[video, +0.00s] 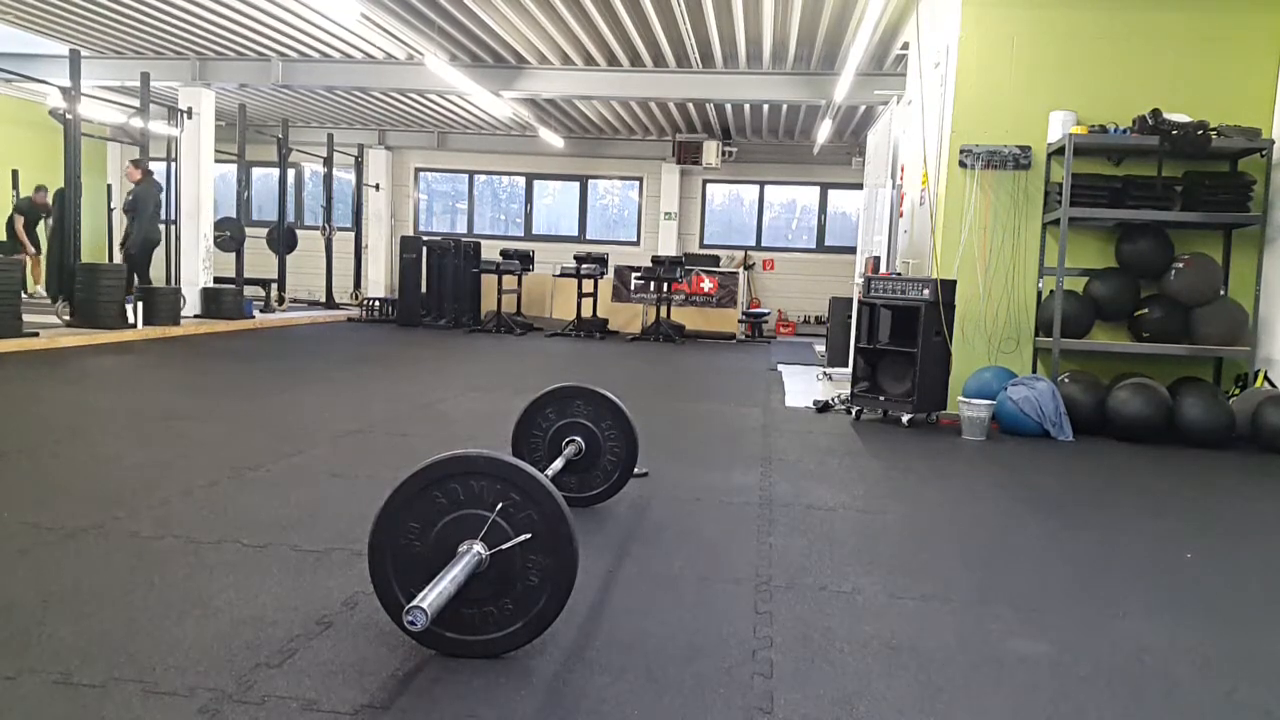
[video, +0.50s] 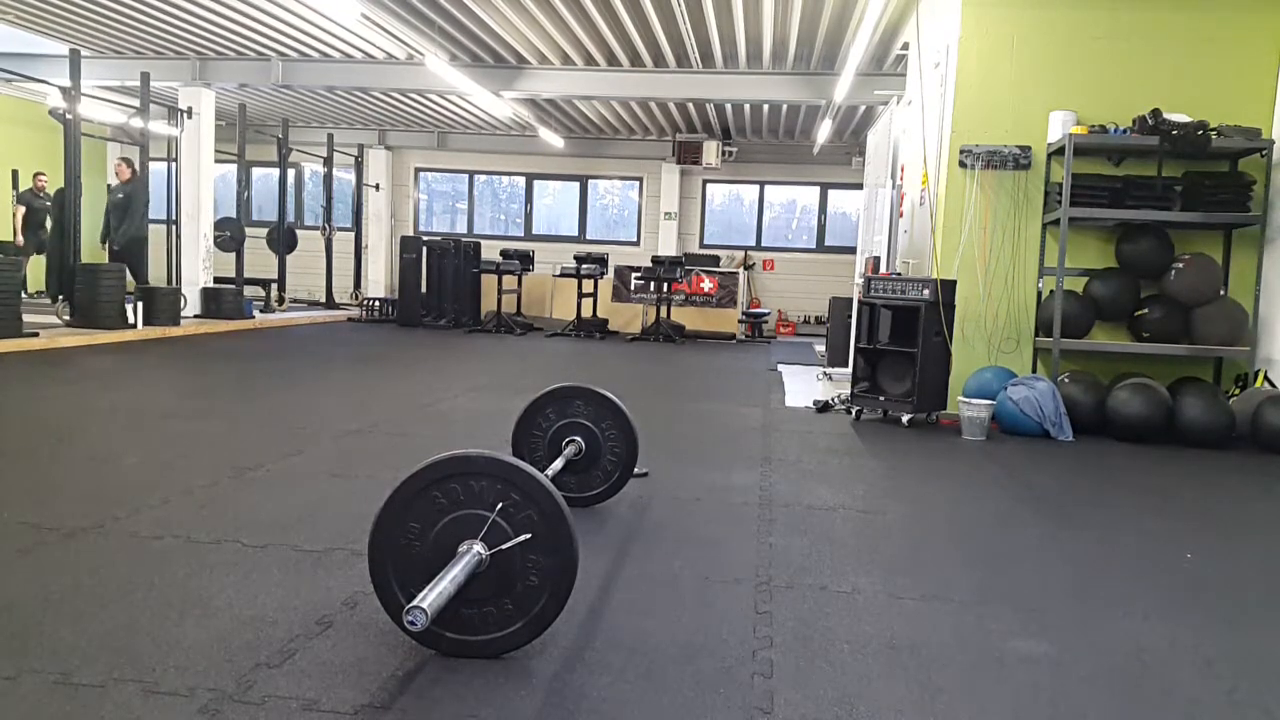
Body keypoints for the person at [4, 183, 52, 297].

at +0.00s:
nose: (43, 199)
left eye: (45, 196)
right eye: (41, 196)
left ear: (47, 196)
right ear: (34, 195)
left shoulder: (46, 208)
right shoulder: (22, 204)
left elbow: (48, 227)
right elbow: (18, 227)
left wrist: (51, 245)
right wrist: (28, 246)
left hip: (31, 229)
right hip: (15, 228)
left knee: (36, 257)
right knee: (20, 257)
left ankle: (37, 286)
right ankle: (19, 289)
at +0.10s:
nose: (40, 192)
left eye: (43, 189)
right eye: (38, 189)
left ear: (44, 191)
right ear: (31, 189)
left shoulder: (45, 203)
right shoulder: (20, 200)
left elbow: (48, 223)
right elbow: (16, 222)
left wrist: (52, 240)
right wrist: (27, 241)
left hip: (32, 228)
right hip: (17, 227)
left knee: (40, 257)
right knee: (20, 258)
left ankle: (35, 284)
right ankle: (18, 288)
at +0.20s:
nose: (40, 188)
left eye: (42, 186)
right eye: (37, 185)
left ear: (44, 187)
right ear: (30, 185)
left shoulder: (45, 201)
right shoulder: (20, 198)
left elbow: (49, 221)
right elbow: (14, 220)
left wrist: (53, 236)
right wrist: (23, 239)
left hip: (34, 230)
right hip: (18, 229)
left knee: (44, 256)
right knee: (21, 260)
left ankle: (36, 279)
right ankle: (19, 288)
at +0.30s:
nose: (40, 186)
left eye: (42, 184)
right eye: (37, 183)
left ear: (44, 185)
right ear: (30, 184)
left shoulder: (45, 199)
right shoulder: (21, 197)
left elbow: (49, 219)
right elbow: (15, 219)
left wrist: (53, 234)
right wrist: (20, 238)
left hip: (36, 230)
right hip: (21, 230)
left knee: (46, 252)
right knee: (22, 257)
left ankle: (42, 285)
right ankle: (19, 288)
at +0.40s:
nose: (41, 185)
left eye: (43, 183)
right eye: (38, 182)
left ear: (45, 184)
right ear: (31, 182)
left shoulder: (46, 198)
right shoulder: (23, 196)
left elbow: (50, 218)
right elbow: (17, 217)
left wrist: (53, 233)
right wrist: (17, 237)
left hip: (39, 230)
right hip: (25, 231)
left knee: (51, 254)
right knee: (23, 261)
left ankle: (51, 287)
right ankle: (21, 289)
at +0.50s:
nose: (43, 184)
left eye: (45, 181)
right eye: (40, 181)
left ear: (47, 183)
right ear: (33, 182)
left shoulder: (48, 197)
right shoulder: (25, 196)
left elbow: (53, 216)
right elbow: (18, 215)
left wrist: (55, 232)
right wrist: (18, 234)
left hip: (42, 231)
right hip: (27, 231)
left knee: (50, 257)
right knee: (24, 260)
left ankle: (51, 287)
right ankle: (21, 288)